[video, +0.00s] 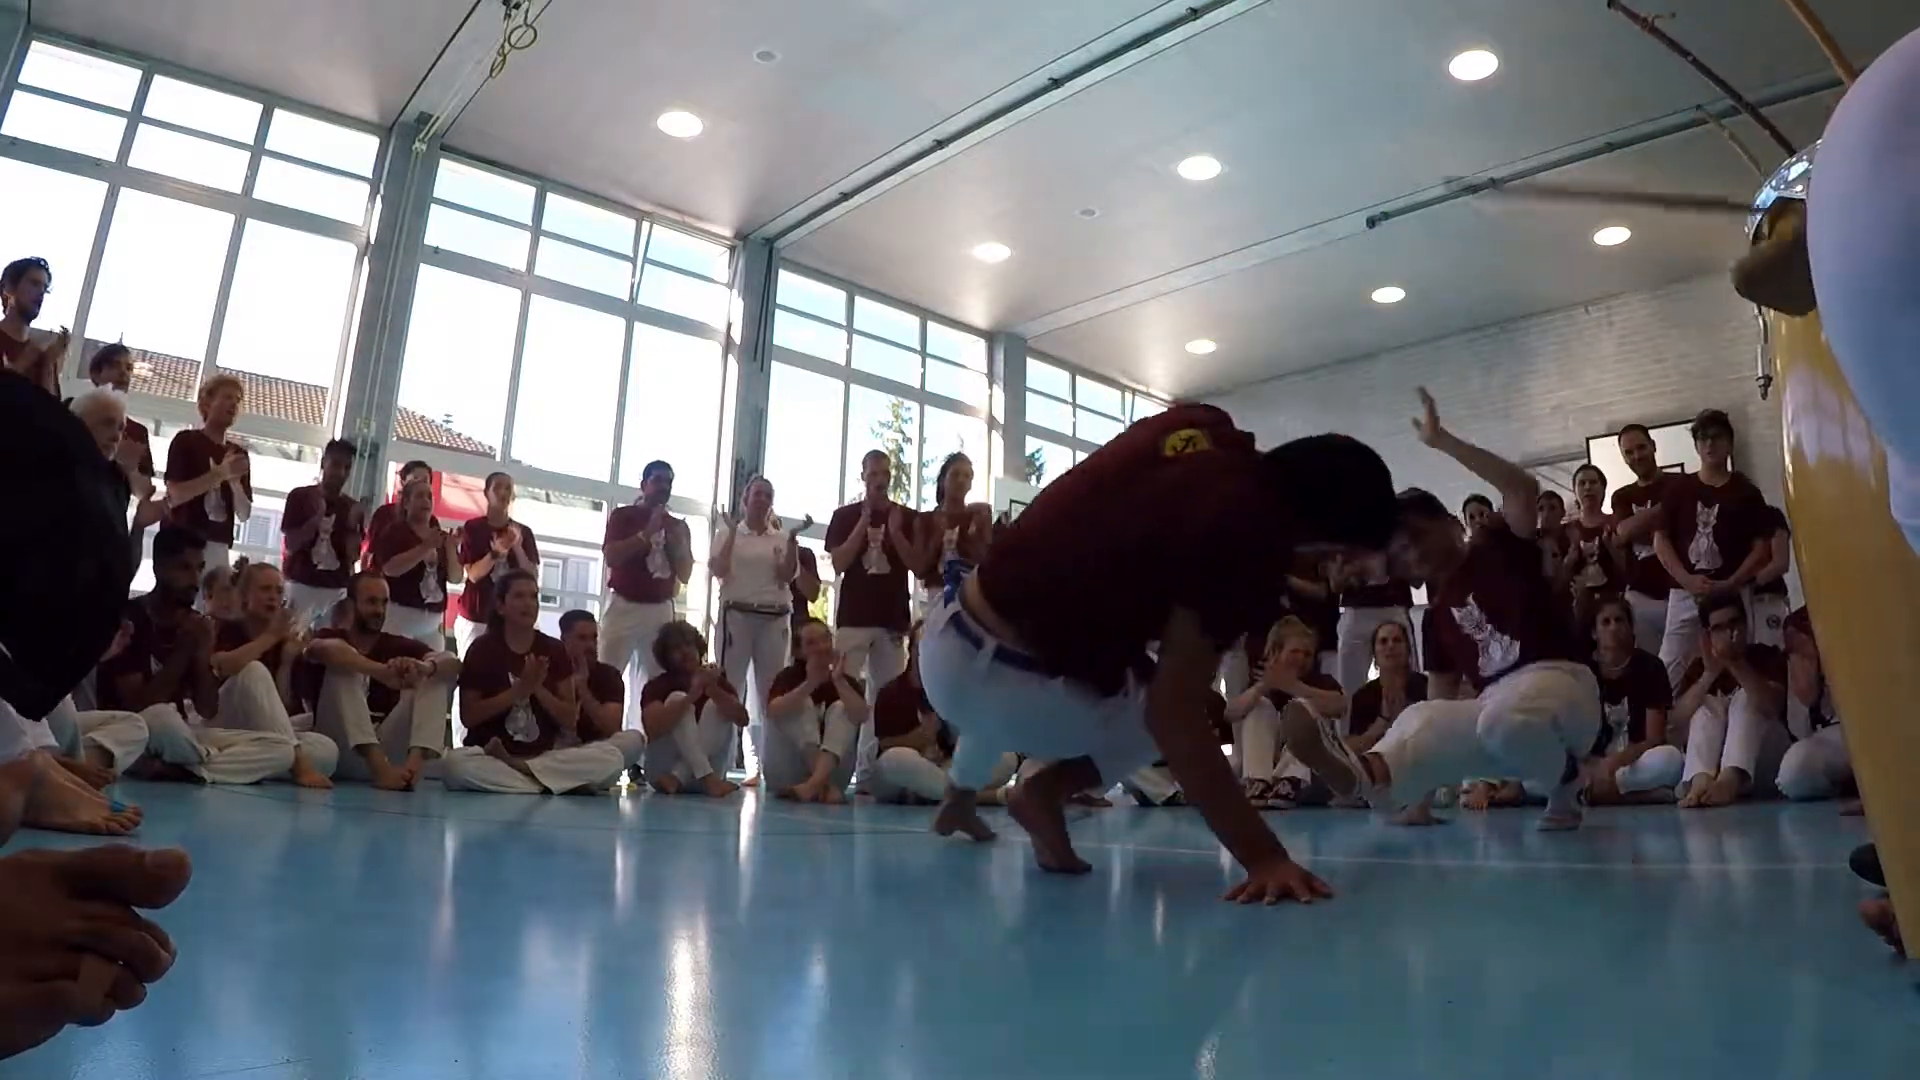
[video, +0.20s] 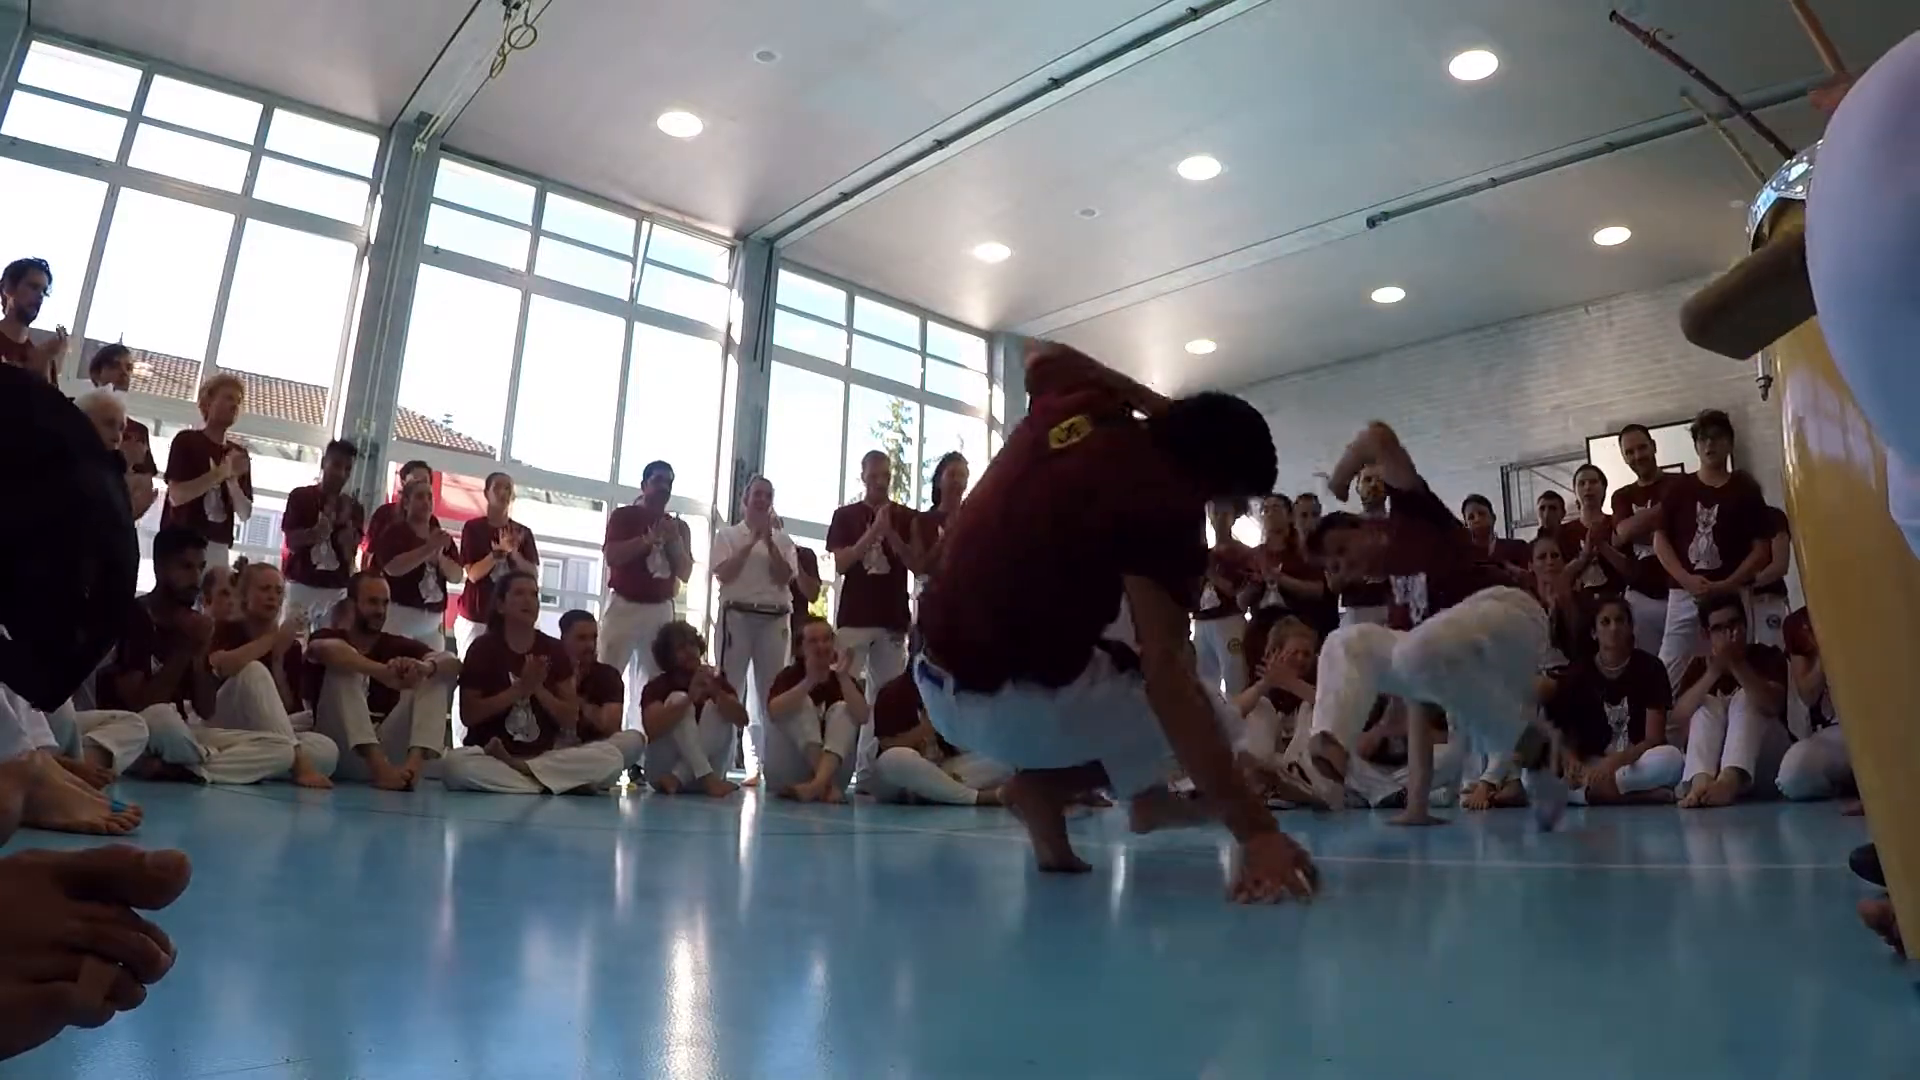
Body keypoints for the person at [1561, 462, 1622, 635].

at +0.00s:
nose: (1588, 487)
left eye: (1593, 482)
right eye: (1582, 483)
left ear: (1603, 488)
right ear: (1575, 491)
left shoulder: (1616, 524)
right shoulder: (1565, 529)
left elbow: (1626, 571)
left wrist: (1613, 549)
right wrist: (1572, 558)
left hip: (1610, 594)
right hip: (1579, 597)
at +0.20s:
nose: (1587, 488)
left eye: (1593, 482)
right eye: (1582, 483)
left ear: (1604, 488)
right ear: (1575, 491)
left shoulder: (1618, 524)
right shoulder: (1564, 532)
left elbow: (1632, 569)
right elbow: (1559, 578)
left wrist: (1604, 548)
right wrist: (1584, 557)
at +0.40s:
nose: (1587, 487)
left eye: (1593, 482)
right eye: (1582, 483)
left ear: (1605, 488)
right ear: (1576, 491)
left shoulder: (1619, 524)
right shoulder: (1565, 531)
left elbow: (1632, 570)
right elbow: (1560, 576)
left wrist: (1609, 548)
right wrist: (1579, 555)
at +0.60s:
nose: (1586, 488)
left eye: (1592, 483)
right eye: (1581, 484)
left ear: (1605, 489)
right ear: (1576, 492)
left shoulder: (1619, 525)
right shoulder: (1566, 531)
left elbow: (1632, 570)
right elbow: (1562, 577)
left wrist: (1608, 550)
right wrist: (1580, 556)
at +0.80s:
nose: (1587, 488)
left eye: (1592, 482)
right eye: (1581, 484)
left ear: (1605, 489)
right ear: (1576, 491)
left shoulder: (1618, 525)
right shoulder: (1566, 531)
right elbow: (1561, 574)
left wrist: (1613, 550)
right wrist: (1577, 558)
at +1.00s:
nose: (1586, 485)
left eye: (1592, 480)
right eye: (1581, 482)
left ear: (1604, 488)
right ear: (1576, 491)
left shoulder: (1619, 524)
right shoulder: (1565, 531)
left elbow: (1632, 568)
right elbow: (1560, 577)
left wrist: (1607, 551)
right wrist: (1579, 558)